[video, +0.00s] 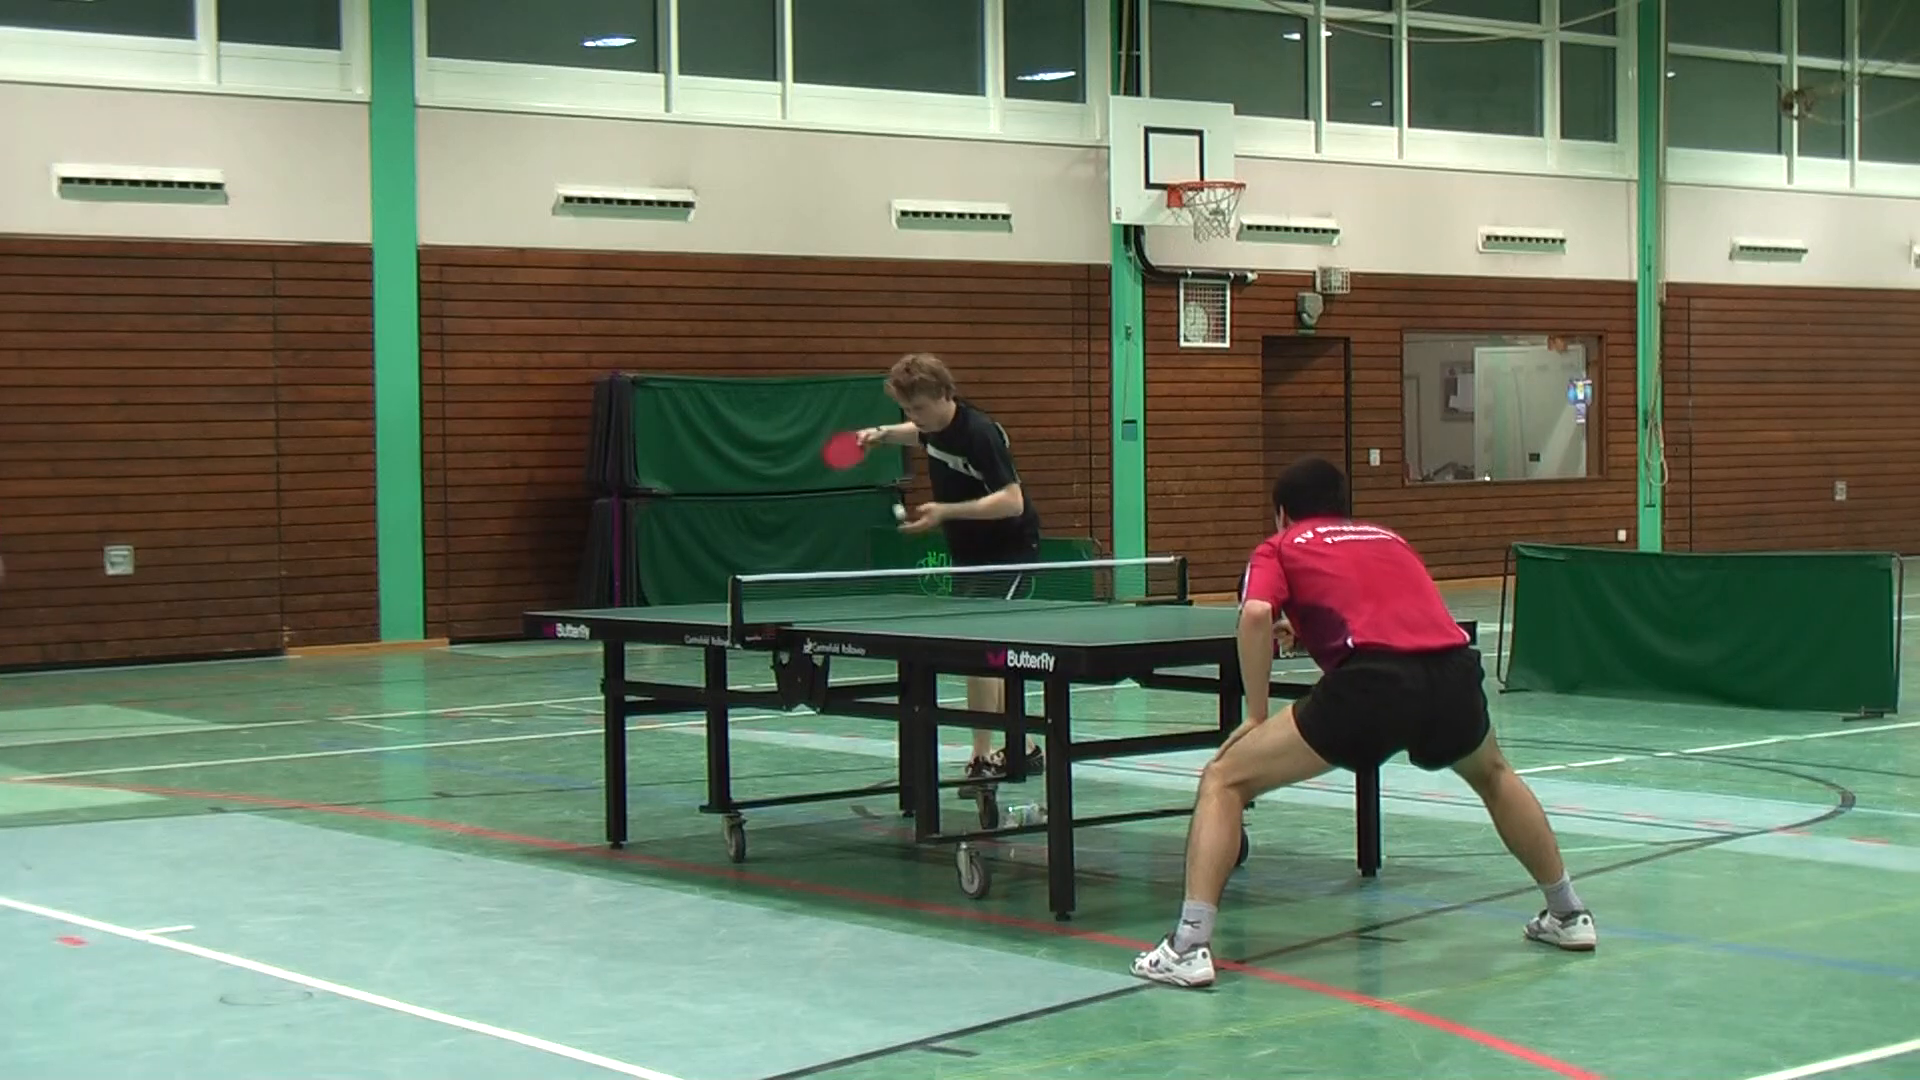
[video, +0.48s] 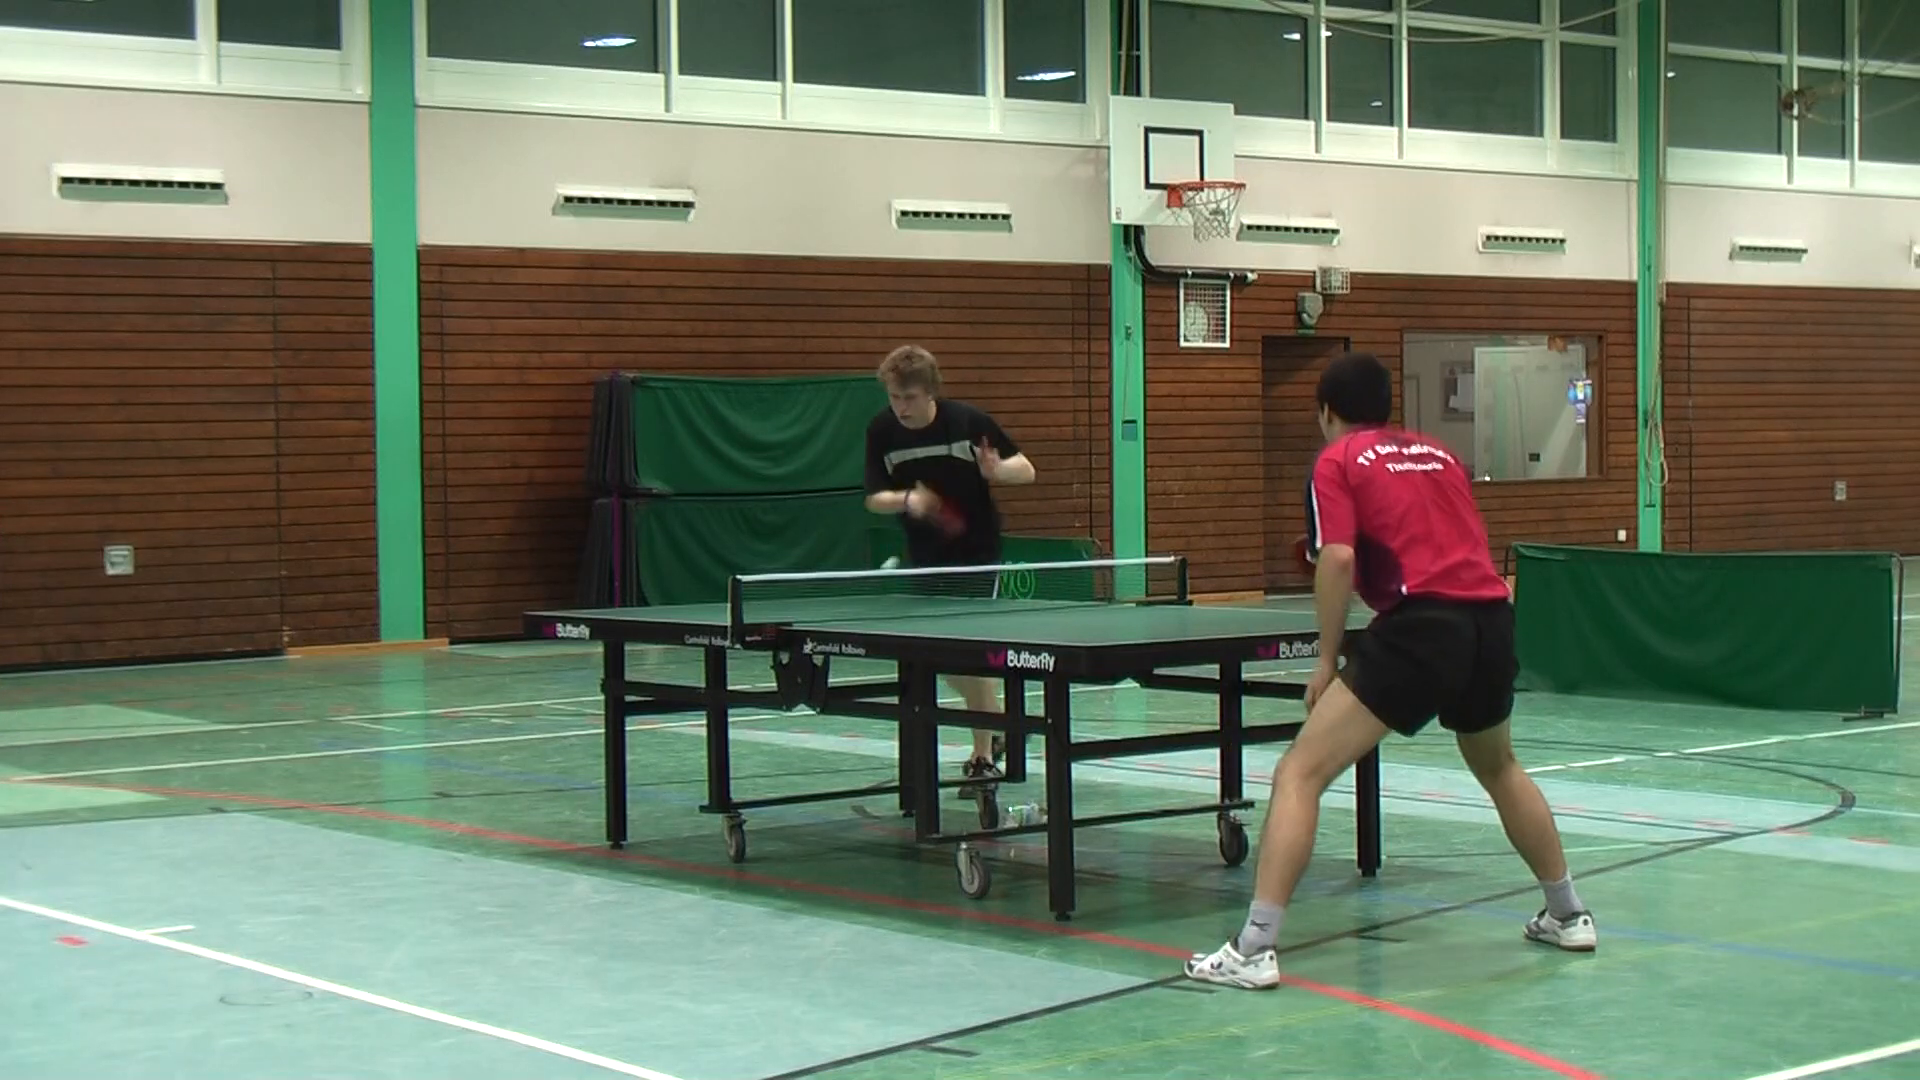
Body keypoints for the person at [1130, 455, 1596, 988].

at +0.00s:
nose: (1273, 524)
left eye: (1273, 517)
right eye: (1275, 518)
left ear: (1283, 516)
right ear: (1344, 510)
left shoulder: (1279, 547)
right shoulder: (1386, 537)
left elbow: (1256, 615)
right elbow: (1394, 602)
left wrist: (1257, 715)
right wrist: (1311, 628)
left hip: (1370, 687)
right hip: (1454, 685)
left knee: (1224, 777)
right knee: (1494, 775)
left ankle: (1189, 945)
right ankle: (1569, 912)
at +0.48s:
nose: (1319, 424)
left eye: (1319, 414)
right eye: (1321, 414)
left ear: (1331, 412)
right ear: (1384, 410)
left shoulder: (1335, 462)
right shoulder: (1435, 451)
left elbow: (1338, 556)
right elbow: (1467, 542)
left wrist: (1326, 657)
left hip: (1419, 627)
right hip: (1492, 626)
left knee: (1301, 772)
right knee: (1499, 766)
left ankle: (1254, 946)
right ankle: (1569, 913)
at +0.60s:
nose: (1323, 406)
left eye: (1323, 397)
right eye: (1325, 397)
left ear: (1335, 396)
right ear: (1389, 393)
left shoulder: (1336, 449)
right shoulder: (1446, 442)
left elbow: (1316, 553)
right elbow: (1492, 542)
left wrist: (1299, 640)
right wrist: (1476, 619)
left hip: (1405, 627)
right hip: (1480, 627)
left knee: (1294, 773)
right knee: (1501, 766)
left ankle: (1253, 945)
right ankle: (1568, 913)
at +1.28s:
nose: (1291, 348)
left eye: (1294, 336)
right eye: (1293, 337)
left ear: (1310, 338)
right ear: (1359, 338)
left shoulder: (1357, 391)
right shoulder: (1334, 421)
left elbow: (1414, 452)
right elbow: (1257, 473)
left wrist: (1433, 522)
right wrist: (1157, 458)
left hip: (1380, 607)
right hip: (1436, 611)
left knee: (1279, 768)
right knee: (1373, 761)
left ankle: (1246, 943)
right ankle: (1455, 911)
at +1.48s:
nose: (1375, 376)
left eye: (1379, 364)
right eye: (1378, 363)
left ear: (1397, 367)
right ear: (1445, 365)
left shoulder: (1441, 434)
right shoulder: (1464, 430)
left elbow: (1424, 526)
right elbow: (1414, 519)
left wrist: (1340, 595)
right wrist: (1333, 536)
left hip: (1446, 643)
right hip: (1479, 645)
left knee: (1297, 763)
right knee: (1373, 762)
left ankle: (1345, 934)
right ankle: (1400, 933)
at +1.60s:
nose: (1450, 378)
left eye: (1454, 366)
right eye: (1453, 366)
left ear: (1469, 368)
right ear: (1518, 364)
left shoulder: (1496, 444)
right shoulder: (1563, 432)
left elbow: (1420, 532)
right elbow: (1600, 535)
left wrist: (1301, 546)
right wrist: (1524, 569)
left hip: (1485, 652)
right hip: (1536, 652)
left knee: (1369, 800)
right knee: (1412, 781)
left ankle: (1504, 917)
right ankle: (1401, 938)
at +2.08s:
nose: (1820, 384)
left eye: (1823, 369)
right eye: (1820, 369)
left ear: (1848, 370)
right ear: (1895, 366)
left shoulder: (1892, 446)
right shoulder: (1893, 437)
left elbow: (1883, 578)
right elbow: (1888, 561)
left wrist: (1781, 686)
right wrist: (1800, 594)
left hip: (1907, 695)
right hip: (1911, 694)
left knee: (1772, 830)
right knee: (1895, 864)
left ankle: (1894, 996)